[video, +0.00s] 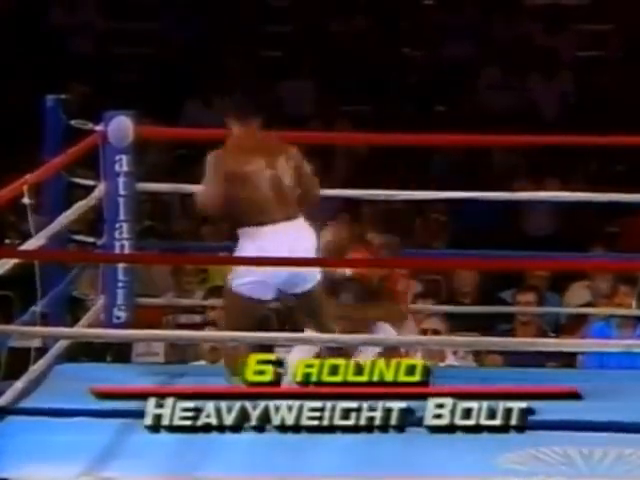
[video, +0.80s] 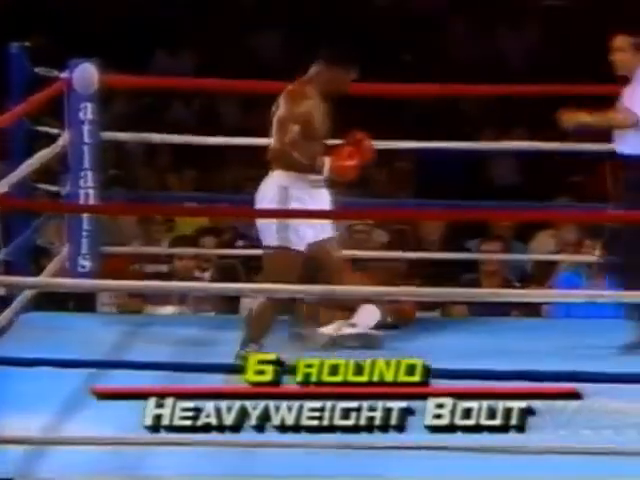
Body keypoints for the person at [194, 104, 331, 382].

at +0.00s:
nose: (233, 131)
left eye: (230, 124)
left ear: (229, 121)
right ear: (260, 119)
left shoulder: (221, 157)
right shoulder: (286, 150)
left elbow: (211, 203)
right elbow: (312, 191)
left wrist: (199, 192)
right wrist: (287, 201)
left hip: (257, 242)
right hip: (300, 235)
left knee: (235, 335)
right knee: (323, 323)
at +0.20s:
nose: (270, 105)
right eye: (273, 99)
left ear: (245, 97)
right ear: (277, 99)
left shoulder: (217, 134)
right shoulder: (291, 134)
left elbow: (198, 181)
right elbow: (322, 178)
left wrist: (231, 169)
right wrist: (321, 158)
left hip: (240, 217)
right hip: (283, 215)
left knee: (237, 313)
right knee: (303, 309)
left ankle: (226, 386)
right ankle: (294, 382)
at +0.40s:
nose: (299, 113)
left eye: (301, 106)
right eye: (300, 105)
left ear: (268, 96)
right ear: (293, 102)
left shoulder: (234, 130)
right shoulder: (287, 139)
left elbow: (234, 178)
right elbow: (302, 193)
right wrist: (331, 177)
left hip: (233, 218)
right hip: (268, 225)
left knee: (230, 316)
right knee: (289, 319)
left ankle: (207, 390)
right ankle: (284, 391)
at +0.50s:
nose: (314, 97)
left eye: (317, 90)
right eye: (313, 89)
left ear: (284, 80)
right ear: (300, 84)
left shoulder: (256, 108)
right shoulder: (276, 116)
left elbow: (271, 154)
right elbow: (277, 171)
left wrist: (312, 158)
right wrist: (318, 173)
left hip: (247, 203)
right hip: (266, 207)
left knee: (237, 294)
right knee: (280, 298)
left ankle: (201, 367)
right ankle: (262, 372)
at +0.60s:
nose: (319, 93)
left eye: (322, 86)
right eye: (319, 84)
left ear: (297, 74)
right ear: (304, 77)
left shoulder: (275, 101)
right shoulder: (279, 105)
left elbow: (286, 143)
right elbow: (269, 161)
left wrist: (313, 144)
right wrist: (311, 169)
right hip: (268, 202)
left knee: (250, 287)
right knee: (281, 293)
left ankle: (206, 347)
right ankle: (255, 361)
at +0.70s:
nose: (336, 86)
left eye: (338, 79)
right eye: (335, 78)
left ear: (314, 69)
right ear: (321, 72)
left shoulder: (302, 101)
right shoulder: (286, 99)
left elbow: (296, 148)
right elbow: (273, 149)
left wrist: (333, 151)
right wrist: (315, 166)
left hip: (294, 194)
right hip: (277, 195)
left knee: (297, 283)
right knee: (285, 284)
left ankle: (252, 345)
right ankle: (251, 349)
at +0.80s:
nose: (347, 85)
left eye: (350, 79)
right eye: (347, 77)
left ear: (328, 70)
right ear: (330, 70)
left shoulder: (316, 101)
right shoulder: (297, 99)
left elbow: (308, 147)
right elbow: (280, 151)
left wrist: (344, 152)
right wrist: (324, 166)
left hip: (311, 193)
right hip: (286, 194)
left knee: (334, 275)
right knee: (280, 283)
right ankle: (247, 349)